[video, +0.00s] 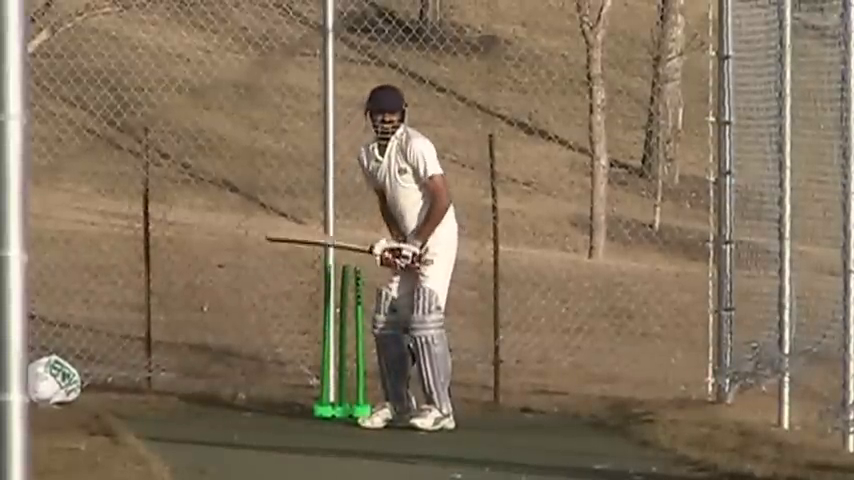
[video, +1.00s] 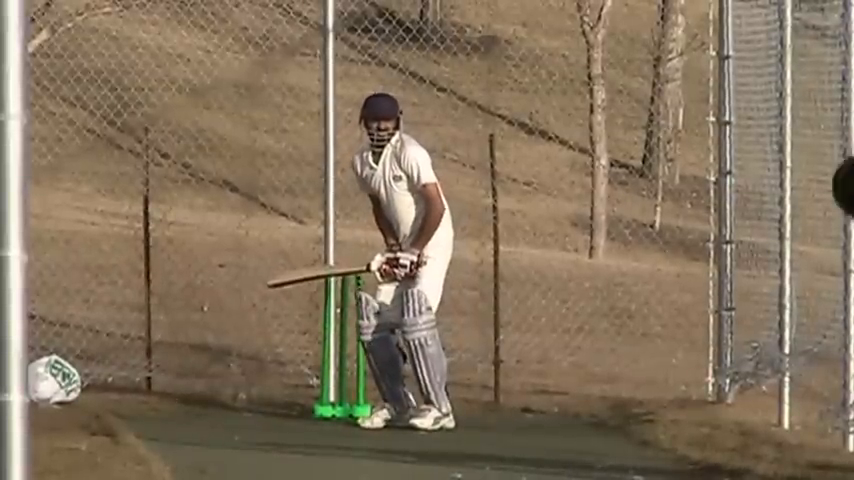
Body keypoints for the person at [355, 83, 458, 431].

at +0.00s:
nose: (385, 121)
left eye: (392, 115)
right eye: (379, 115)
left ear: (403, 116)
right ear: (369, 117)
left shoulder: (415, 146)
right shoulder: (367, 155)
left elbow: (442, 198)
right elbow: (384, 203)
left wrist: (417, 242)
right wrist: (397, 243)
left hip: (435, 241)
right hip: (405, 243)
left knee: (424, 321)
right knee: (386, 321)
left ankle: (439, 408)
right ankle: (398, 404)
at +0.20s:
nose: (386, 122)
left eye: (394, 116)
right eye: (380, 115)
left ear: (404, 117)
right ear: (370, 117)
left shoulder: (415, 148)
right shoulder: (367, 155)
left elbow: (439, 200)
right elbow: (384, 202)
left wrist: (417, 245)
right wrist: (396, 245)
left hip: (434, 242)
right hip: (403, 244)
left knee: (421, 319)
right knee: (382, 320)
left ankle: (438, 407)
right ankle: (398, 403)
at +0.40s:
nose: (385, 125)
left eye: (392, 119)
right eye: (379, 118)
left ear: (402, 120)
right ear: (368, 119)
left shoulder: (414, 149)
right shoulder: (365, 157)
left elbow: (440, 201)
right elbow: (383, 203)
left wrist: (419, 247)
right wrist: (397, 246)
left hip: (434, 241)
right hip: (403, 244)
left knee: (421, 319)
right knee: (379, 320)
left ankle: (438, 408)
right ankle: (398, 403)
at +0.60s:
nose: (384, 127)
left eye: (391, 120)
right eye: (377, 120)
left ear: (401, 121)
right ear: (367, 121)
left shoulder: (413, 150)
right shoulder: (365, 158)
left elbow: (439, 202)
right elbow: (381, 204)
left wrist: (418, 247)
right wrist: (396, 246)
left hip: (433, 242)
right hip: (402, 245)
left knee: (420, 319)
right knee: (377, 320)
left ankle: (438, 407)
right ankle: (397, 403)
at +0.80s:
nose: (383, 128)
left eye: (390, 122)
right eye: (376, 121)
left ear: (400, 122)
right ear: (366, 122)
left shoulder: (412, 151)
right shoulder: (363, 159)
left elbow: (439, 203)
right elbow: (380, 205)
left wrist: (418, 248)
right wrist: (394, 247)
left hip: (433, 242)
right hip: (401, 245)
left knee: (419, 318)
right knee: (375, 320)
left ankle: (438, 407)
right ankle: (398, 404)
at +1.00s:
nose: (379, 131)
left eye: (387, 125)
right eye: (373, 124)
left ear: (398, 124)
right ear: (364, 125)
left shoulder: (409, 153)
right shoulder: (361, 162)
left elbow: (436, 205)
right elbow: (378, 206)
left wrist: (415, 250)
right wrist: (392, 248)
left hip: (430, 242)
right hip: (399, 245)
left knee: (416, 318)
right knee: (373, 320)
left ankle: (438, 406)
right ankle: (397, 403)